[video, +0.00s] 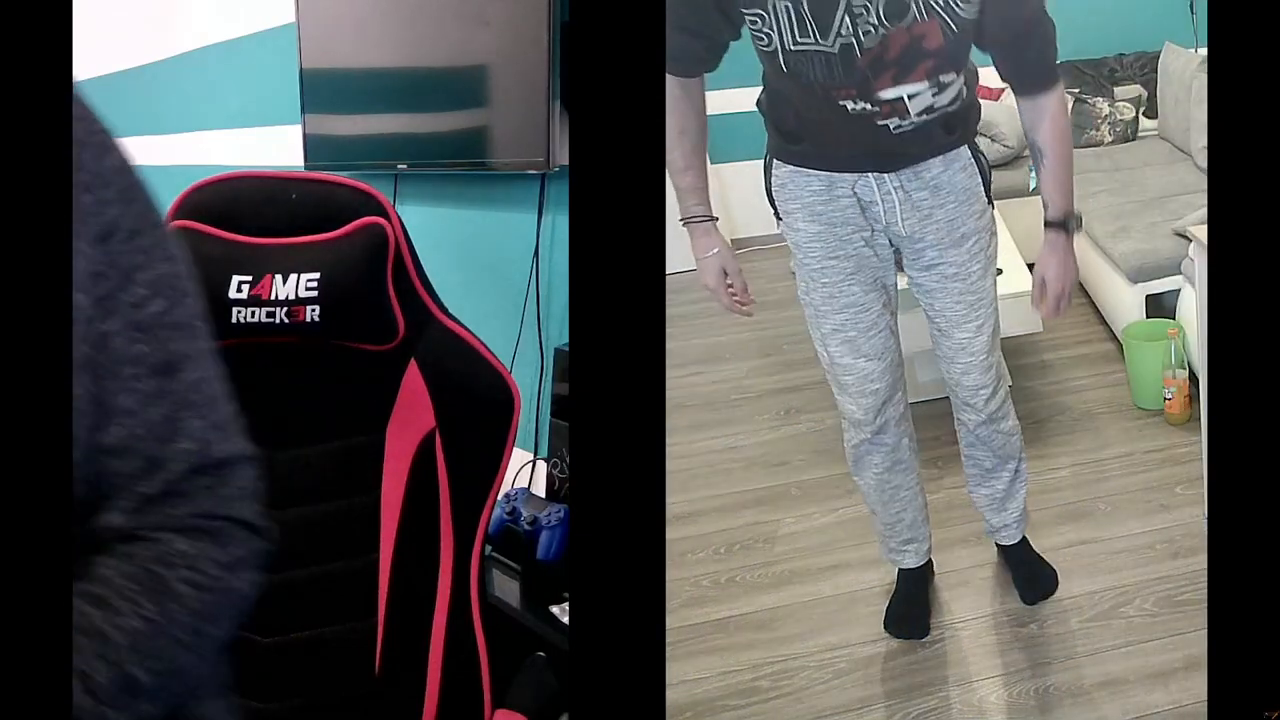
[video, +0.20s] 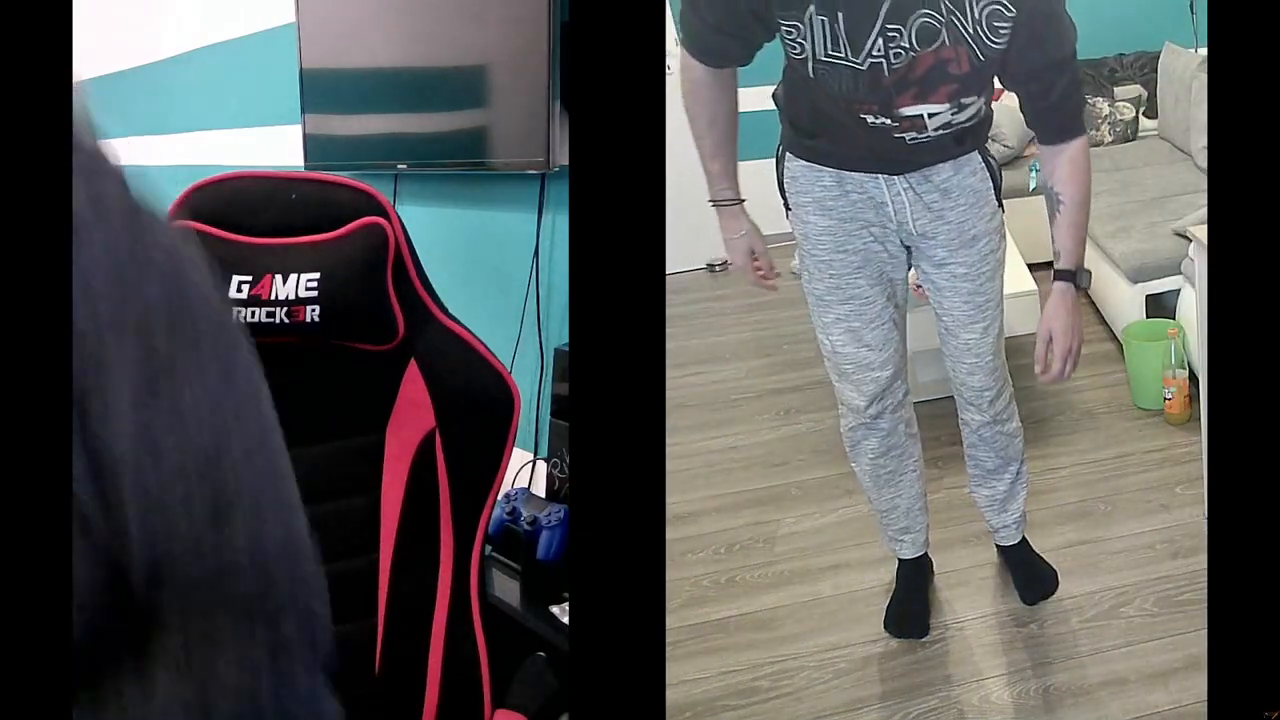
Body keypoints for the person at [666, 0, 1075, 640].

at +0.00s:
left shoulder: (997, 5)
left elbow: (1038, 80)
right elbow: (680, 67)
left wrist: (1060, 226)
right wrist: (698, 221)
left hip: (940, 169)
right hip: (816, 187)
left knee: (978, 379)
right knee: (866, 403)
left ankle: (1011, 534)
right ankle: (910, 562)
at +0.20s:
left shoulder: (1023, 9)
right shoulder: (770, 2)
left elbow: (1062, 131)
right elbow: (705, 48)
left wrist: (1068, 280)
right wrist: (728, 206)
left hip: (955, 172)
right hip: (829, 183)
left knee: (982, 377)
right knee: (869, 392)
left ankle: (1011, 533)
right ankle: (910, 556)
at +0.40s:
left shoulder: (1032, 10)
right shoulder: (784, 4)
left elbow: (1074, 144)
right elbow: (720, 55)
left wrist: (1075, 293)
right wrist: (746, 211)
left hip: (962, 169)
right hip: (837, 175)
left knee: (985, 374)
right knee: (873, 385)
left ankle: (1011, 532)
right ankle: (909, 556)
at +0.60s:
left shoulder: (1033, 12)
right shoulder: (787, 5)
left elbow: (1081, 146)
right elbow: (723, 65)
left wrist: (1089, 292)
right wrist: (750, 219)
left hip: (968, 169)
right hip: (844, 175)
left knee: (989, 373)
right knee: (875, 383)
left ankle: (1011, 533)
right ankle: (906, 554)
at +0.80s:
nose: (911, 7)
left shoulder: (1021, 13)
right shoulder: (781, 8)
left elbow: (1074, 138)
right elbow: (718, 80)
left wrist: (1098, 278)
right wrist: (748, 229)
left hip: (963, 172)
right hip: (839, 179)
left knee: (986, 369)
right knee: (876, 382)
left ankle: (1011, 531)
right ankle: (904, 537)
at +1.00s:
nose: (922, 6)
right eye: (903, 0)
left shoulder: (991, 17)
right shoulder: (747, 17)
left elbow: (1060, 139)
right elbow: (691, 117)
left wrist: (1083, 277)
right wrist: (737, 266)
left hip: (935, 174)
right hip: (814, 186)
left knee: (972, 367)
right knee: (869, 389)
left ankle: (1009, 527)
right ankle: (908, 533)